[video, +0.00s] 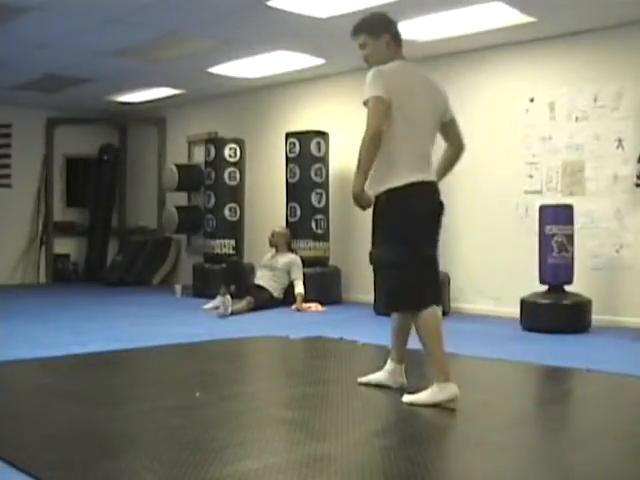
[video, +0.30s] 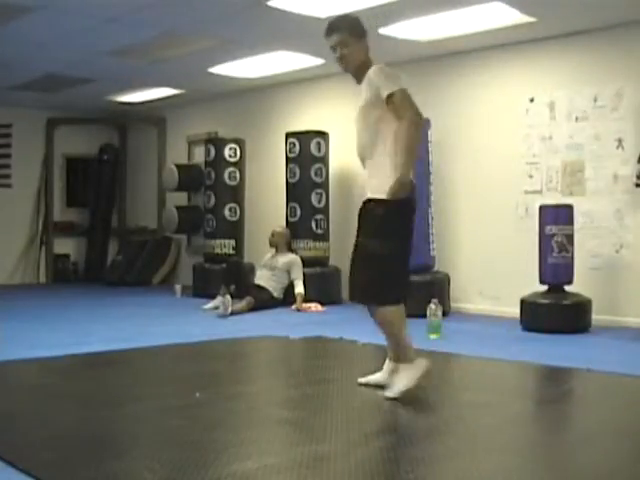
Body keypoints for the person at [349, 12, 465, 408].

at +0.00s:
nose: (362, 55)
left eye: (365, 47)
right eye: (360, 48)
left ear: (389, 41)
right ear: (394, 46)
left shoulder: (381, 76)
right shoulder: (429, 83)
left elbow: (375, 129)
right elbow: (456, 145)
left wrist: (358, 183)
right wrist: (431, 180)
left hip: (397, 197)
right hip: (425, 196)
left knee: (419, 291)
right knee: (402, 288)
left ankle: (443, 382)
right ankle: (395, 368)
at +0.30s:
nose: (339, 58)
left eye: (342, 48)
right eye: (334, 52)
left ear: (362, 41)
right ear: (339, 53)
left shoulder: (380, 75)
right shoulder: (370, 85)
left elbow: (413, 119)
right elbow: (417, 122)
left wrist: (405, 175)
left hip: (391, 199)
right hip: (378, 199)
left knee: (374, 285)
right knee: (376, 285)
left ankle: (408, 360)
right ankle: (395, 360)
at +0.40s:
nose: (334, 57)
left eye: (339, 48)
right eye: (328, 52)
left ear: (357, 44)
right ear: (326, 55)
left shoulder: (380, 78)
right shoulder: (356, 92)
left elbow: (415, 122)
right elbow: (374, 143)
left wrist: (409, 177)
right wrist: (359, 186)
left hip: (384, 197)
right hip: (368, 198)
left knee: (363, 285)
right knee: (382, 286)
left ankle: (372, 367)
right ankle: (394, 364)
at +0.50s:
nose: (330, 56)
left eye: (336, 48)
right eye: (325, 50)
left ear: (355, 46)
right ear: (322, 54)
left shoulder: (380, 83)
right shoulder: (338, 100)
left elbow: (412, 132)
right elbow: (333, 153)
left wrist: (407, 185)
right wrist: (318, 187)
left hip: (376, 198)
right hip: (348, 200)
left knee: (360, 287)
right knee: (369, 287)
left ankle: (350, 371)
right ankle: (393, 364)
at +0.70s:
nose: (333, 52)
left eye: (342, 46)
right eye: (330, 44)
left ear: (357, 51)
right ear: (323, 47)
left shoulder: (374, 88)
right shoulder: (313, 92)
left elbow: (397, 143)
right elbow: (294, 141)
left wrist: (393, 196)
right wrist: (273, 187)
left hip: (364, 203)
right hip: (325, 202)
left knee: (357, 292)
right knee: (316, 287)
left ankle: (350, 370)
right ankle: (358, 335)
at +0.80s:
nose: (336, 53)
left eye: (346, 49)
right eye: (334, 44)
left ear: (358, 54)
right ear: (326, 43)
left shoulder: (369, 90)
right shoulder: (304, 87)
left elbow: (389, 142)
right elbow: (281, 128)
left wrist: (391, 190)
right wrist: (264, 163)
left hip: (356, 205)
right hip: (314, 201)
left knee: (354, 292)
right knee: (299, 282)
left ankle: (350, 369)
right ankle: (319, 348)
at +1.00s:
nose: (329, 65)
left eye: (338, 62)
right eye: (326, 56)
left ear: (345, 66)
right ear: (315, 51)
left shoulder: (349, 101)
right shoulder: (284, 87)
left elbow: (370, 151)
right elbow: (263, 113)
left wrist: (386, 193)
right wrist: (275, 106)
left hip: (333, 209)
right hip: (288, 207)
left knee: (345, 292)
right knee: (271, 288)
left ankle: (348, 371)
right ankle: (263, 358)